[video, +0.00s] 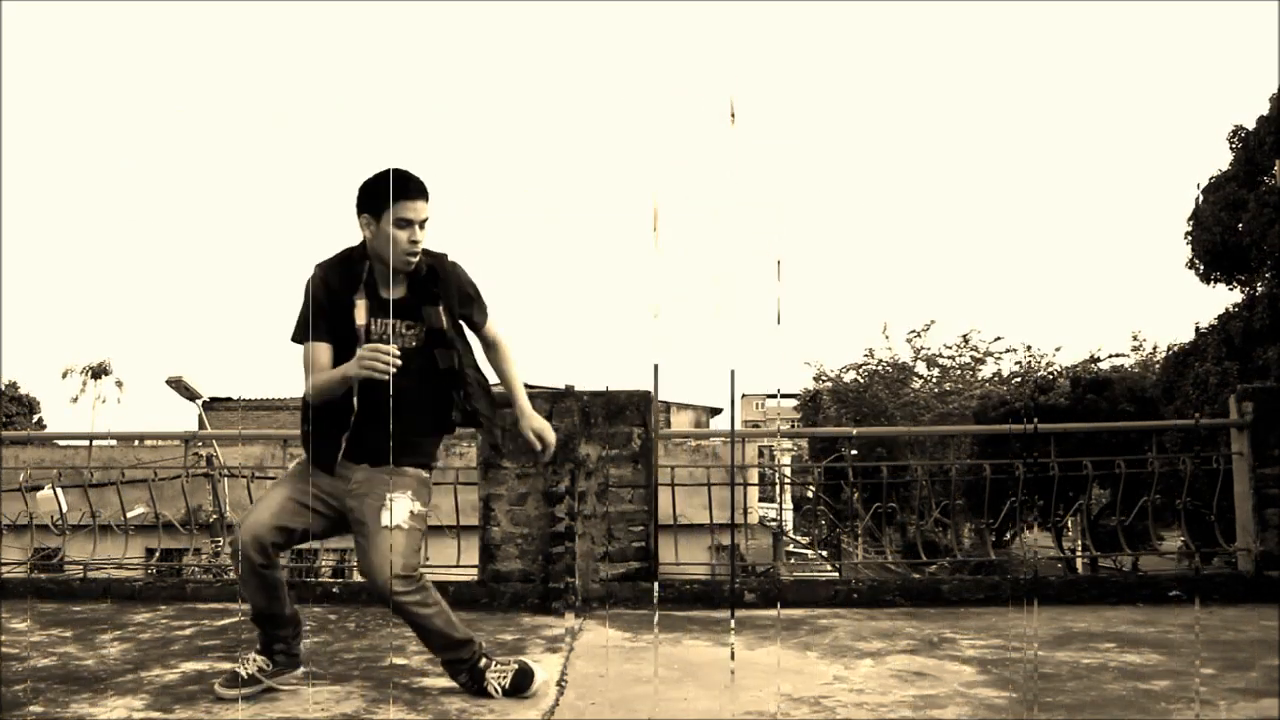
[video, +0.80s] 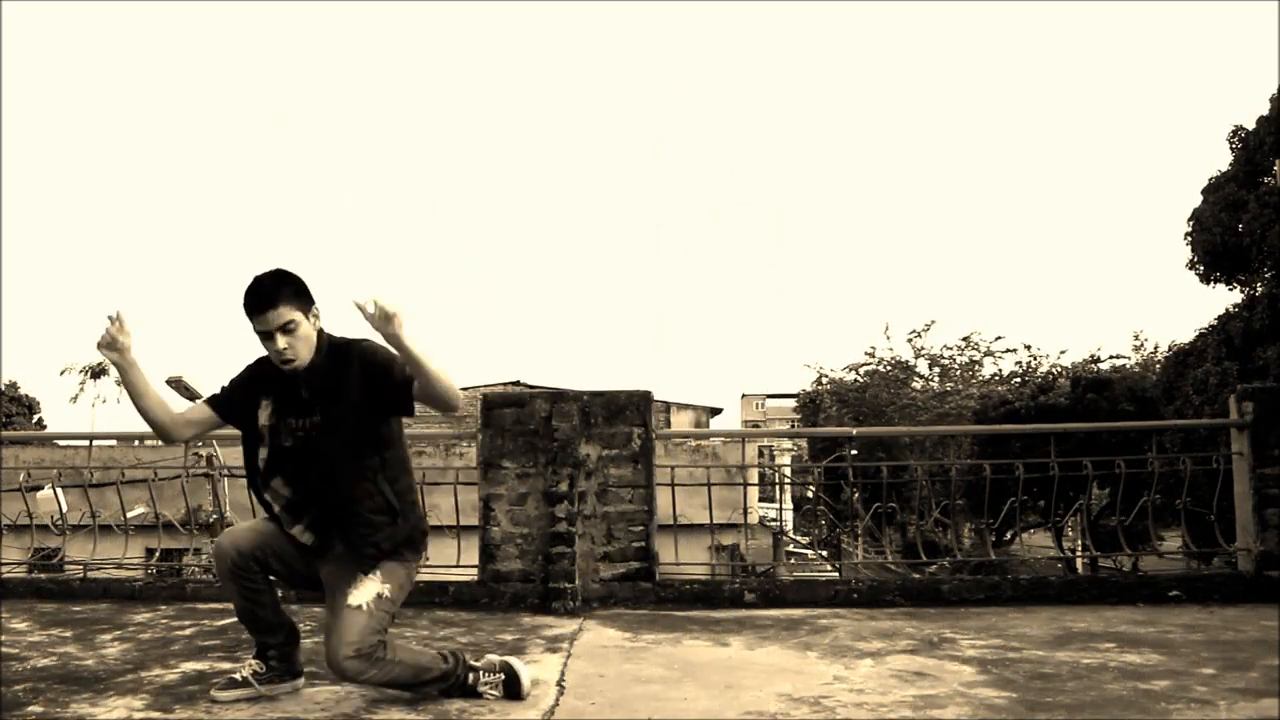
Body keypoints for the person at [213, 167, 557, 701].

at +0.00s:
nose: (418, 238)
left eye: (423, 225)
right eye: (405, 225)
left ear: (429, 224)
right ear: (367, 226)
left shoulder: (443, 278)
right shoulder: (332, 279)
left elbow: (491, 338)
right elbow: (314, 388)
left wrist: (523, 408)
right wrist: (349, 369)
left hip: (398, 472)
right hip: (326, 467)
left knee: (392, 576)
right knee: (255, 536)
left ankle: (474, 668)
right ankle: (280, 655)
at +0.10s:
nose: (379, 288)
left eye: (384, 275)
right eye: (365, 276)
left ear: (390, 273)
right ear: (328, 280)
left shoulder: (414, 322)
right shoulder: (302, 331)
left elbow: (485, 365)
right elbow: (269, 451)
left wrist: (505, 419)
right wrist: (284, 423)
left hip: (376, 518)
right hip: (310, 506)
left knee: (355, 622)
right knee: (227, 541)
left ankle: (470, 674)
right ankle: (278, 659)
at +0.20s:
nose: (344, 348)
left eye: (350, 334)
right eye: (329, 337)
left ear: (358, 328)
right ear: (295, 339)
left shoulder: (384, 379)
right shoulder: (273, 393)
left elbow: (458, 432)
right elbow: (251, 479)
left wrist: (453, 487)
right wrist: (241, 491)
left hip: (370, 554)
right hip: (301, 541)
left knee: (340, 664)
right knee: (225, 543)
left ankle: (468, 674)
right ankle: (278, 660)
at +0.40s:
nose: (307, 381)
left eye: (314, 366)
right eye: (291, 370)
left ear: (324, 357)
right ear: (263, 369)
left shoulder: (357, 414)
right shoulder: (252, 407)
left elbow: (418, 496)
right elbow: (194, 482)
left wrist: (403, 539)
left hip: (363, 565)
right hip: (303, 551)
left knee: (338, 685)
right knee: (226, 548)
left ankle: (464, 674)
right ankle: (280, 663)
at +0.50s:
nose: (307, 352)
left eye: (315, 338)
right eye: (292, 341)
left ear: (324, 332)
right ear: (264, 341)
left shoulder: (354, 380)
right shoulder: (251, 386)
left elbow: (436, 448)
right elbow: (179, 450)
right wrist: (127, 404)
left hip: (366, 559)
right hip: (301, 545)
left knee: (338, 682)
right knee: (218, 542)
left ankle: (467, 675)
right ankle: (278, 659)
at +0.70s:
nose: (281, 349)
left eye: (290, 333)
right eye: (266, 340)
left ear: (308, 327)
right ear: (249, 344)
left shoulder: (349, 379)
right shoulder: (250, 400)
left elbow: (437, 460)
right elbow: (199, 484)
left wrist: (419, 435)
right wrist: (140, 437)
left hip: (362, 557)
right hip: (300, 544)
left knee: (335, 690)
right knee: (218, 549)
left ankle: (462, 675)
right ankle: (280, 662)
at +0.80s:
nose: (279, 345)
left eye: (288, 329)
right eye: (267, 336)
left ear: (313, 316)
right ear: (256, 334)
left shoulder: (360, 359)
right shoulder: (261, 380)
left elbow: (450, 403)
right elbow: (174, 426)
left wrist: (401, 344)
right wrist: (125, 362)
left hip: (382, 548)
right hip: (311, 540)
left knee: (350, 659)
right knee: (234, 547)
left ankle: (467, 674)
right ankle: (278, 662)